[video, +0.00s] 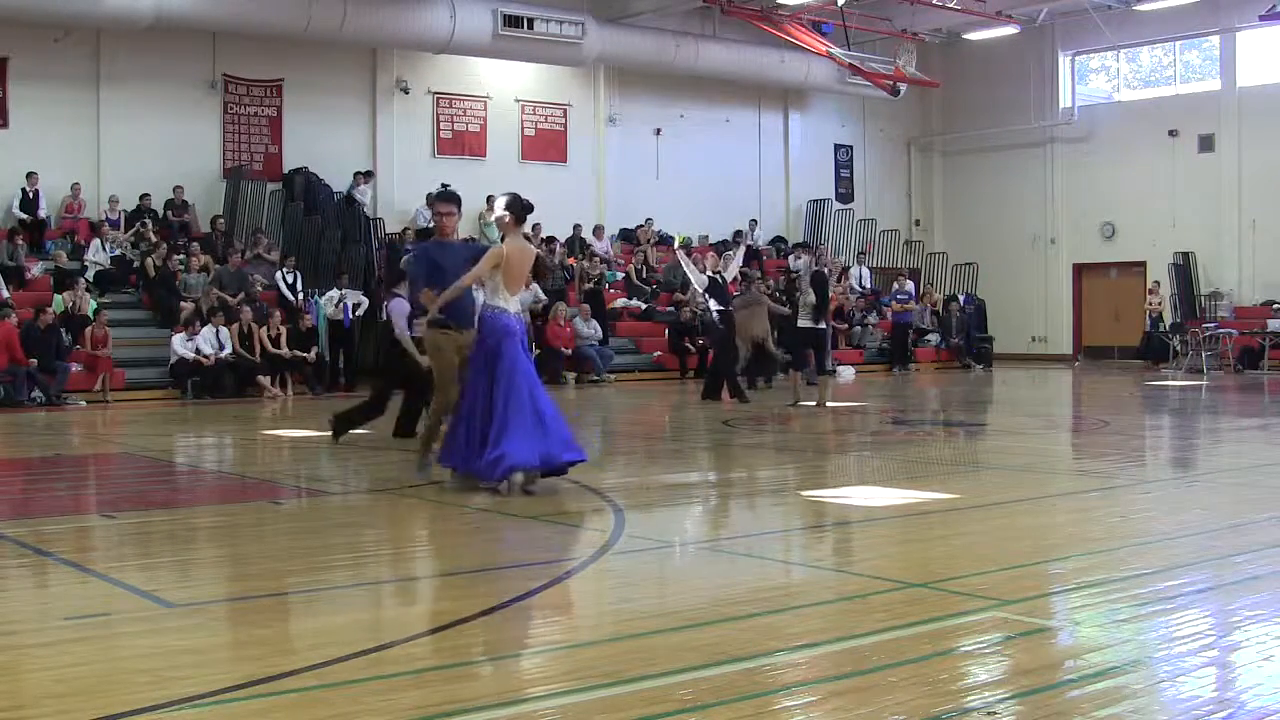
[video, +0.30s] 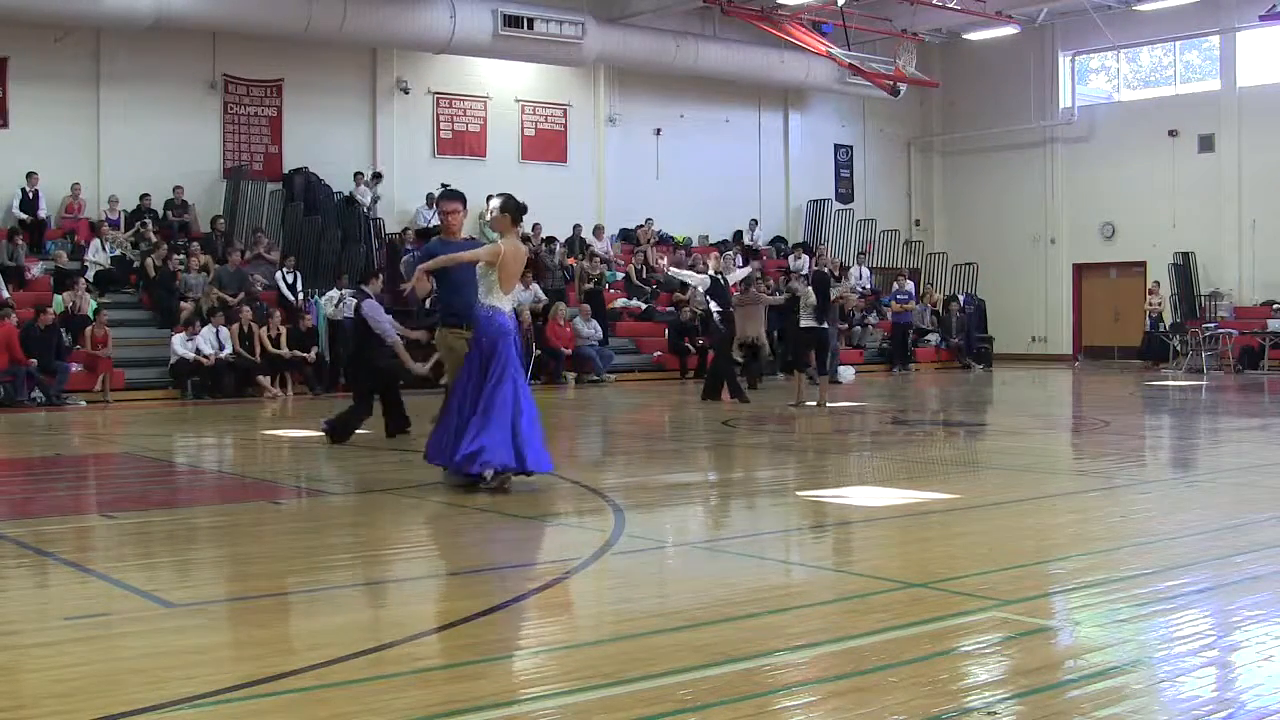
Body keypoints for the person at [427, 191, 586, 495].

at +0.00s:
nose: (492, 216)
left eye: (496, 211)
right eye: (494, 211)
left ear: (509, 217)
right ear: (519, 219)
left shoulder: (500, 251)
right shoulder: (531, 251)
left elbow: (467, 280)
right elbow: (519, 284)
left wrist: (438, 302)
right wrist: (487, 280)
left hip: (494, 321)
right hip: (516, 322)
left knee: (495, 390)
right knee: (514, 389)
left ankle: (507, 459)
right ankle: (527, 456)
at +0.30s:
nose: (490, 217)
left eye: (494, 213)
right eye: (491, 212)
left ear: (507, 218)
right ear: (514, 220)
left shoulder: (499, 248)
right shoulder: (521, 249)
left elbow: (458, 257)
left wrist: (425, 266)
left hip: (488, 320)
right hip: (505, 320)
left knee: (488, 389)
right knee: (500, 389)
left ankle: (492, 459)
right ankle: (495, 458)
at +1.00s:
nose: (487, 216)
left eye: (489, 211)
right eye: (488, 211)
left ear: (503, 218)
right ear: (511, 219)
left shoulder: (502, 250)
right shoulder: (522, 249)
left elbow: (462, 236)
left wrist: (427, 210)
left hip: (494, 321)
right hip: (511, 321)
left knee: (494, 392)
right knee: (506, 391)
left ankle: (498, 464)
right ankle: (503, 460)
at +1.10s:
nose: (489, 215)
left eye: (492, 211)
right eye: (490, 211)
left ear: (502, 217)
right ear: (514, 217)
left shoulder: (499, 248)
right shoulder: (524, 248)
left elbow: (458, 231)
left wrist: (430, 199)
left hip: (495, 323)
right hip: (513, 322)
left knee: (495, 393)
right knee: (507, 392)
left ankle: (497, 465)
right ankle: (501, 462)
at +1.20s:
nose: (489, 215)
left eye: (492, 210)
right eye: (491, 210)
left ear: (500, 216)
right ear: (517, 217)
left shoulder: (498, 248)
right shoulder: (524, 248)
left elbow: (458, 225)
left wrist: (432, 189)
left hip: (494, 322)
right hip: (514, 320)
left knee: (493, 392)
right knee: (508, 391)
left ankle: (495, 463)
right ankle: (506, 460)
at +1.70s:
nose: (492, 213)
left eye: (496, 209)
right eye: (494, 209)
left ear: (505, 218)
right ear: (518, 219)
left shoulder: (495, 247)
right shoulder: (523, 248)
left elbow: (463, 219)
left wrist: (443, 185)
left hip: (491, 322)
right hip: (511, 321)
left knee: (491, 390)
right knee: (507, 390)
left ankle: (496, 457)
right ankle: (505, 456)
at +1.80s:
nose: (492, 214)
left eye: (496, 211)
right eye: (494, 210)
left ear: (506, 220)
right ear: (517, 222)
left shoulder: (499, 249)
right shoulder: (523, 249)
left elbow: (465, 222)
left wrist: (442, 188)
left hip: (493, 323)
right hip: (510, 321)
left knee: (493, 393)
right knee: (504, 392)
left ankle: (499, 462)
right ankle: (502, 461)